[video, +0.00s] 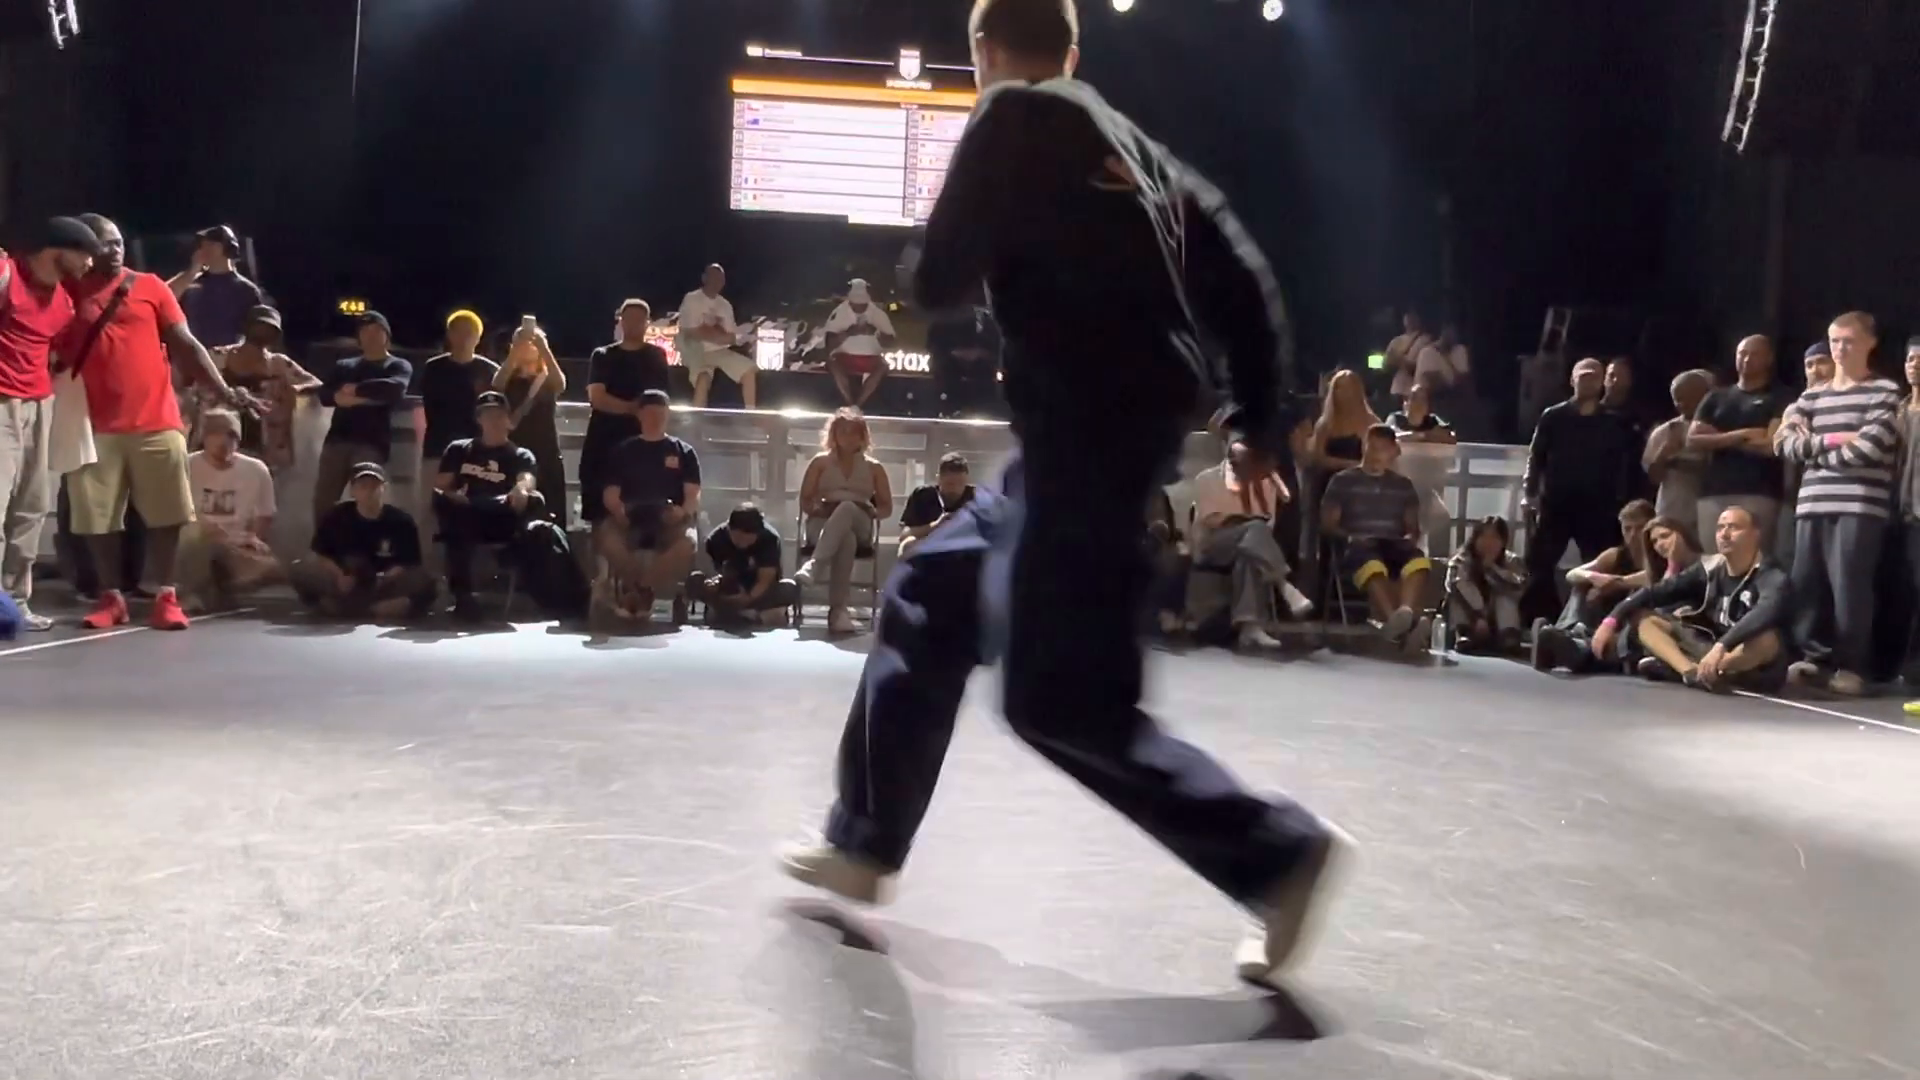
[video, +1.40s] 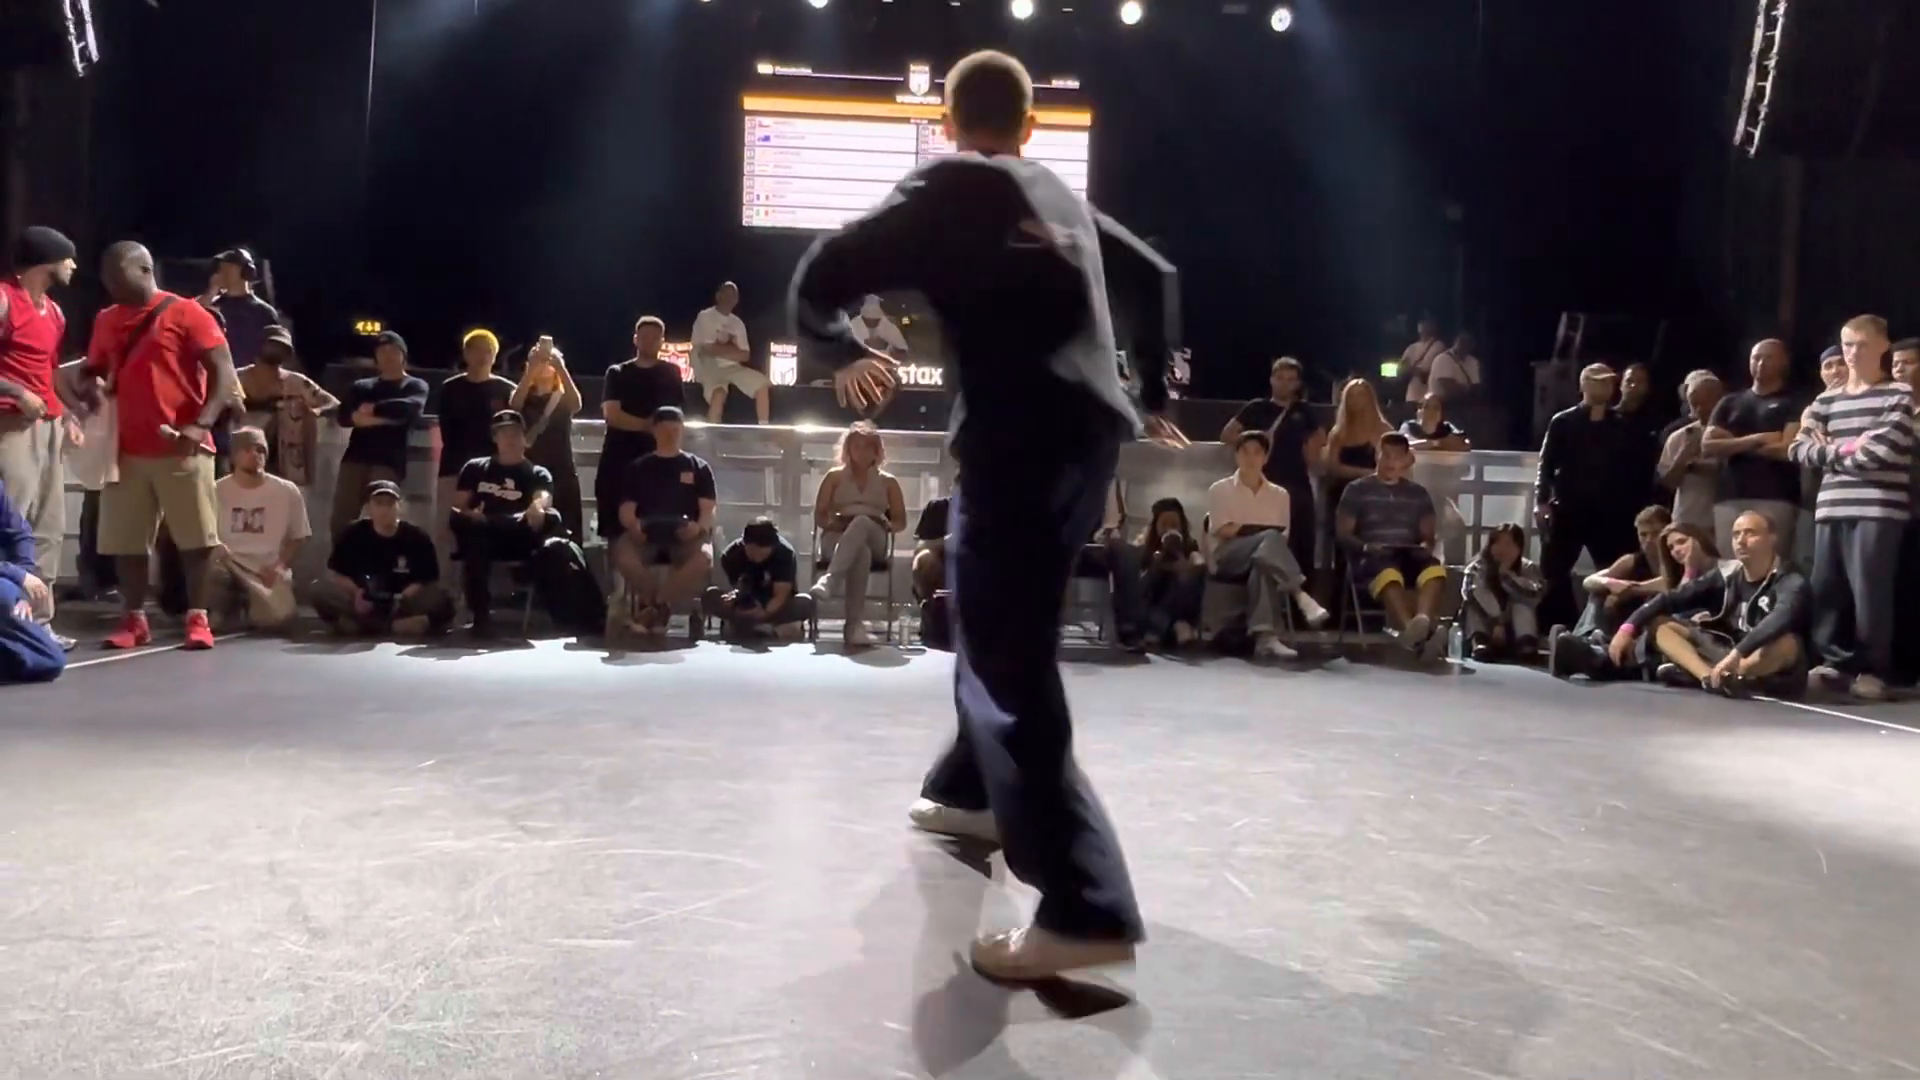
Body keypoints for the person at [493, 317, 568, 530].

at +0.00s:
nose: (528, 349)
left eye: (533, 345)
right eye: (523, 344)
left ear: (541, 350)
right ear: (513, 349)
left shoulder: (548, 379)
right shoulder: (507, 378)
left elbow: (559, 384)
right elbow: (497, 387)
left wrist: (544, 348)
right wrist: (515, 350)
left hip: (545, 447)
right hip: (514, 447)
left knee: (552, 509)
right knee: (514, 507)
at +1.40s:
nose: (545, 367)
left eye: (550, 362)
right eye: (539, 362)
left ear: (558, 368)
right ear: (529, 367)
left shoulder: (564, 397)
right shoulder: (523, 396)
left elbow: (576, 405)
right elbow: (514, 407)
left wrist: (560, 367)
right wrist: (530, 369)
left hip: (560, 466)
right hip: (530, 466)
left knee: (568, 527)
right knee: (529, 526)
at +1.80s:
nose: (546, 359)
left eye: (551, 354)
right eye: (541, 354)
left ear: (561, 361)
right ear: (534, 361)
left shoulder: (574, 394)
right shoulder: (525, 393)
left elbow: (578, 420)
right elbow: (519, 422)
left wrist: (565, 382)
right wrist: (535, 390)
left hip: (565, 466)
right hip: (534, 466)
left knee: (572, 524)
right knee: (535, 524)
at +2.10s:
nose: (552, 361)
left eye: (558, 356)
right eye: (546, 355)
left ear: (567, 359)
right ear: (538, 359)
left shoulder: (579, 391)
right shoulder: (529, 389)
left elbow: (584, 423)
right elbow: (525, 425)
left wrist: (566, 386)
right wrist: (541, 390)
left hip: (570, 463)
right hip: (539, 462)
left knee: (577, 523)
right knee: (540, 522)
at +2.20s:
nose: (553, 358)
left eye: (559, 353)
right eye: (548, 353)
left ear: (567, 357)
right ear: (541, 357)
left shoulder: (581, 389)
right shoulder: (530, 388)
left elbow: (587, 427)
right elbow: (528, 428)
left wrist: (570, 396)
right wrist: (547, 401)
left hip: (571, 459)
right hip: (541, 458)